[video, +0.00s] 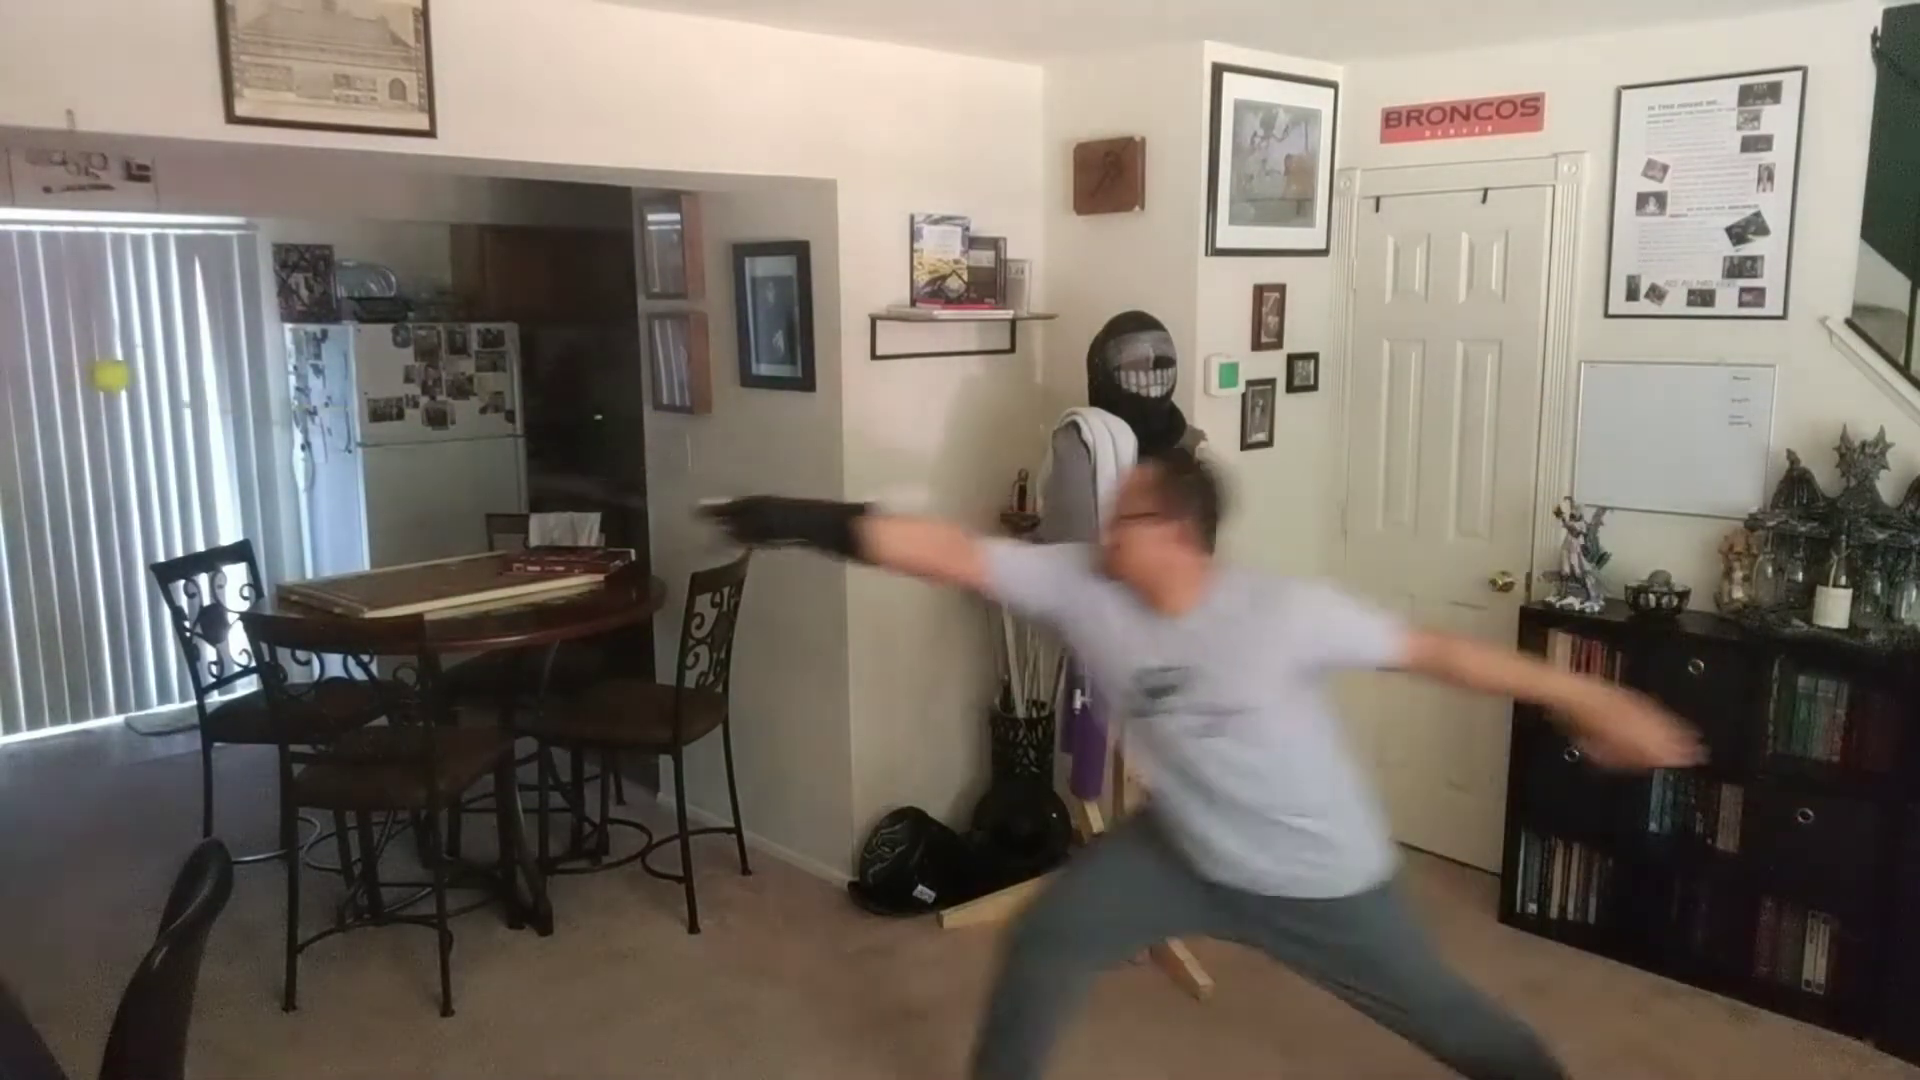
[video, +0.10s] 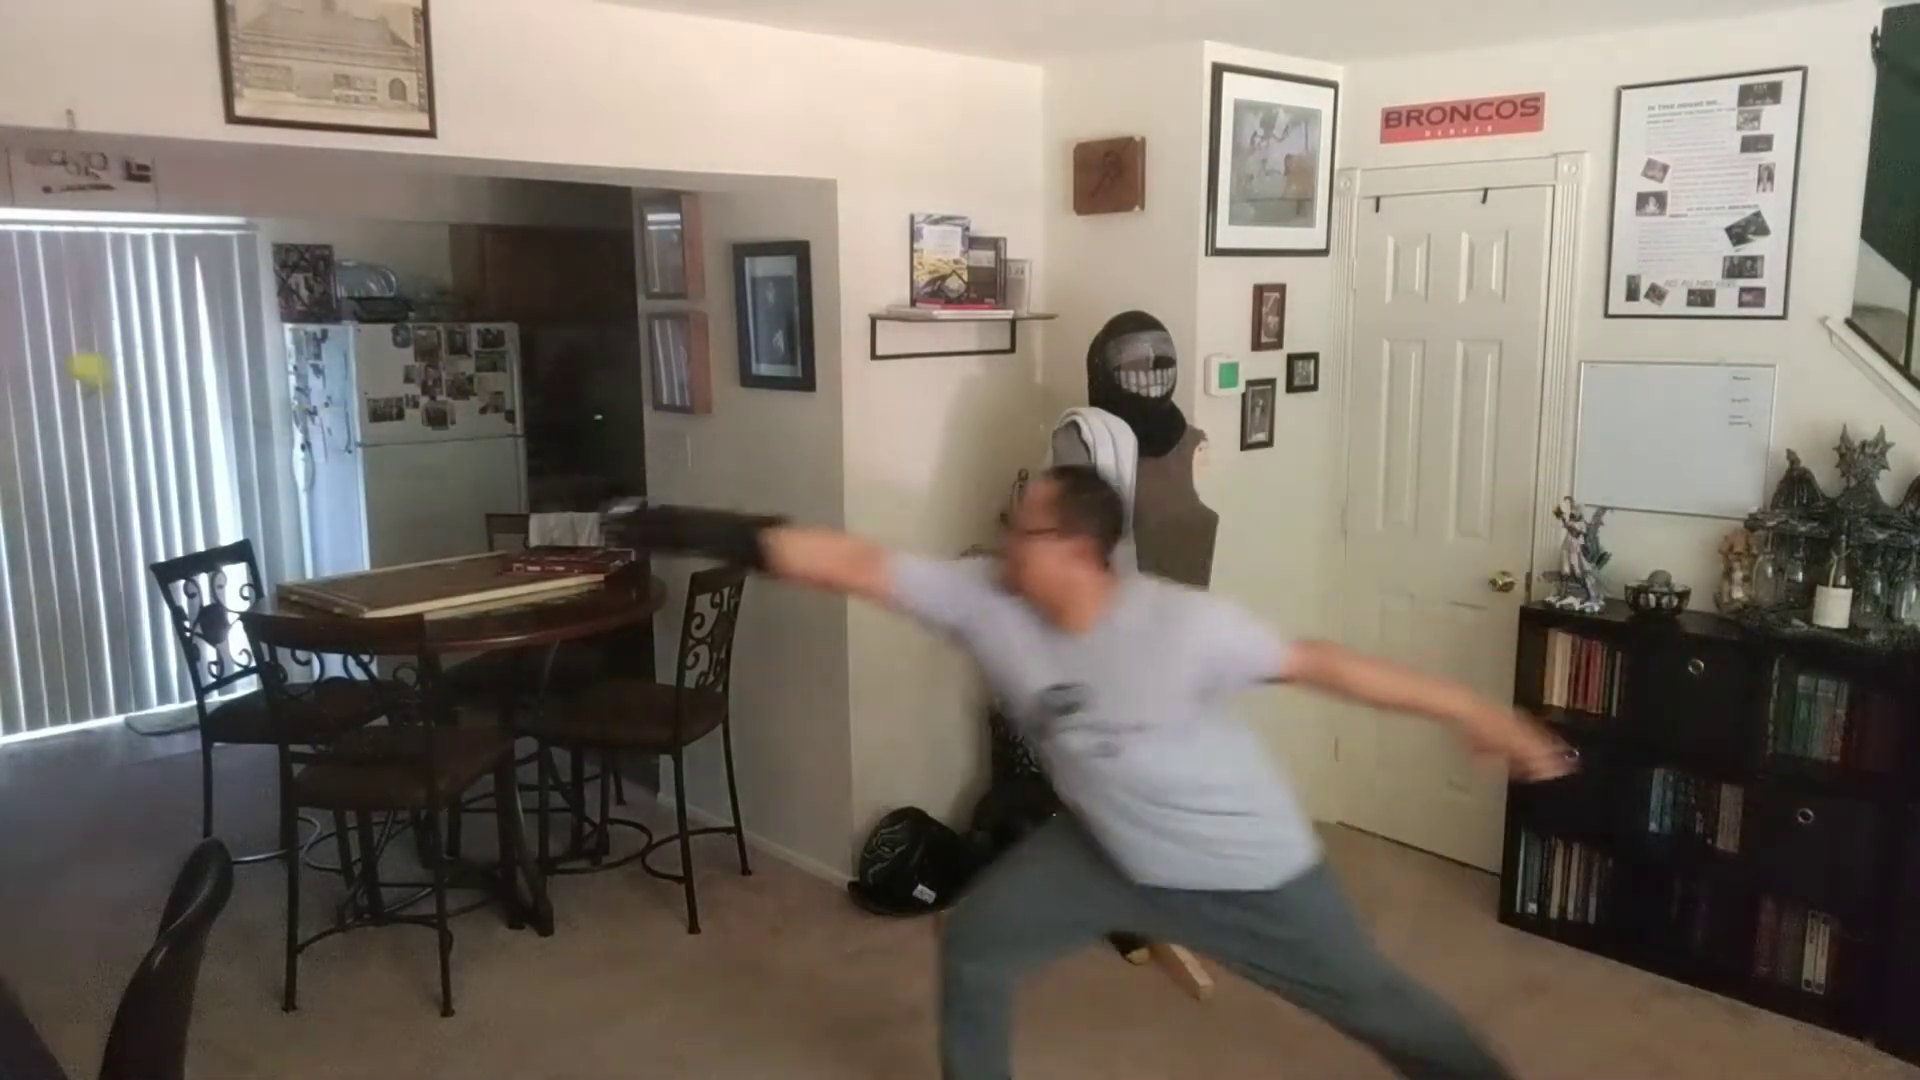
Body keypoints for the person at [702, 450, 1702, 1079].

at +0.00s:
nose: (1113, 530)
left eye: (1134, 517)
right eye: (1114, 515)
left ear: (1188, 531)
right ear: (1125, 529)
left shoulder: (1282, 614)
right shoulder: (1090, 592)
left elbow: (1438, 655)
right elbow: (949, 554)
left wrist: (1583, 699)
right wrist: (817, 525)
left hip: (1327, 886)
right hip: (1181, 857)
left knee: (1463, 1027)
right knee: (1050, 935)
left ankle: (1542, 1070)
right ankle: (999, 1075)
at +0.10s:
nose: (1008, 539)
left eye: (1029, 528)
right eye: (1013, 522)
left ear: (1086, 546)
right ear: (1031, 537)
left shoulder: (1184, 627)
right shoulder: (989, 602)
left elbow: (1329, 669)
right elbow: (853, 566)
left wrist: (1477, 715)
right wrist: (710, 533)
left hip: (1251, 869)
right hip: (1101, 854)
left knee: (1375, 1006)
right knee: (974, 945)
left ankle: (1478, 1068)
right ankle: (974, 1074)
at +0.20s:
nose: (939, 556)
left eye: (958, 544)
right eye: (944, 540)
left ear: (1014, 561)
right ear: (970, 555)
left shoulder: (1115, 628)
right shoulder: (927, 614)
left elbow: (1257, 674)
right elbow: (792, 579)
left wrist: (1402, 726)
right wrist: (668, 551)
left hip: (1201, 861)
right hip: (1058, 851)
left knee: (1340, 1003)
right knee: (938, 938)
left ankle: (1439, 1070)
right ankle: (971, 1076)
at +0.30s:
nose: (895, 553)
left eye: (913, 542)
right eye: (901, 538)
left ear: (967, 561)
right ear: (935, 553)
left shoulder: (1073, 623)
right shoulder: (891, 611)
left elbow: (1221, 668)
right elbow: (764, 586)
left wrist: (1364, 719)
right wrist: (682, 571)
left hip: (1175, 848)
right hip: (1035, 840)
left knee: (1305, 984)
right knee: (920, 937)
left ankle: (1422, 1072)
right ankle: (966, 1076)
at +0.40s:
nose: (875, 553)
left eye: (892, 540)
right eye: (880, 538)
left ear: (945, 554)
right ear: (919, 551)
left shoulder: (1054, 615)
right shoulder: (879, 610)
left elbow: (1202, 656)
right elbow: (742, 588)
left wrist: (1338, 710)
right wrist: (618, 566)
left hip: (1165, 839)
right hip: (1027, 835)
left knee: (1298, 976)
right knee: (916, 934)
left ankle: (1421, 1071)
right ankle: (967, 1078)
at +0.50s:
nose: (878, 546)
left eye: (895, 532)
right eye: (883, 530)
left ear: (949, 544)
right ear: (922, 542)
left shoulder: (1057, 607)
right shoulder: (884, 607)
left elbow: (1195, 645)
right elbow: (751, 592)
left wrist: (1302, 702)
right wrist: (636, 568)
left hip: (1165, 835)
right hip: (1029, 830)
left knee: (1292, 974)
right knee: (922, 934)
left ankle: (1423, 1068)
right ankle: (966, 1078)